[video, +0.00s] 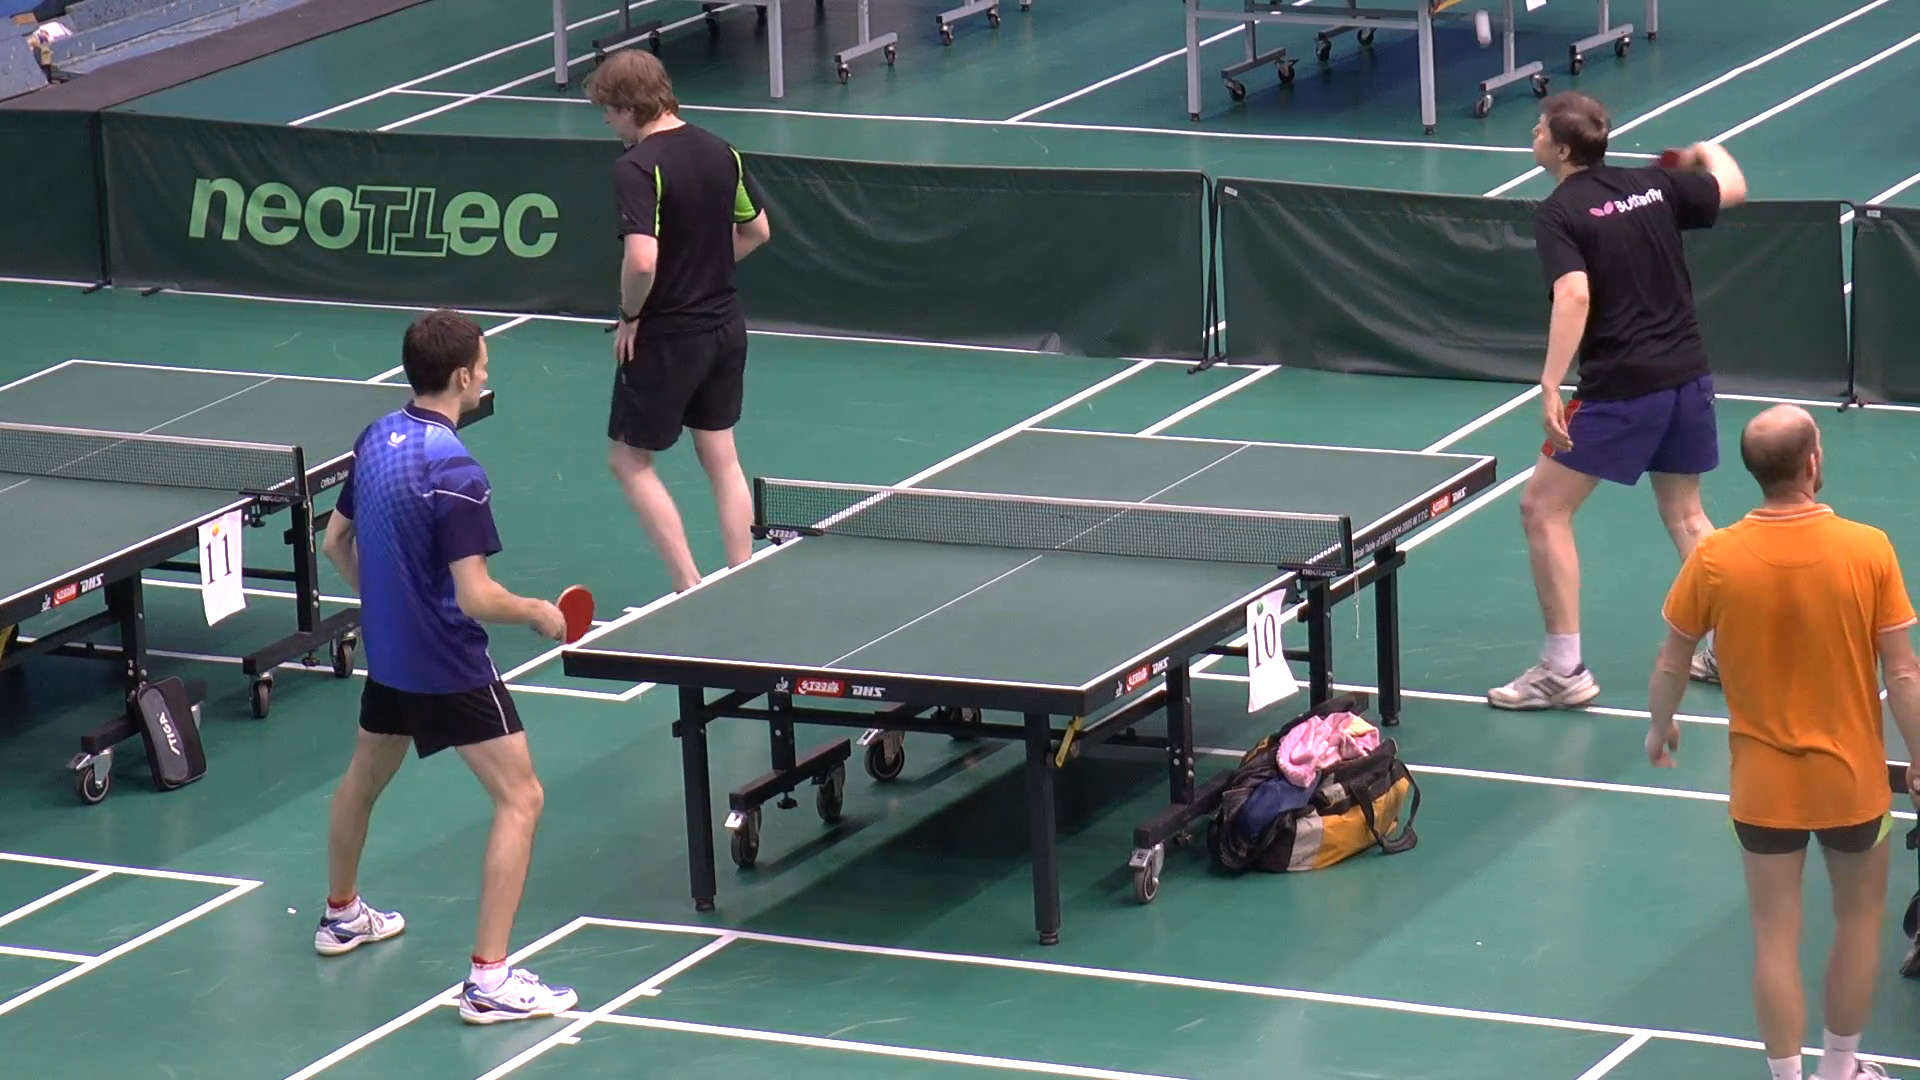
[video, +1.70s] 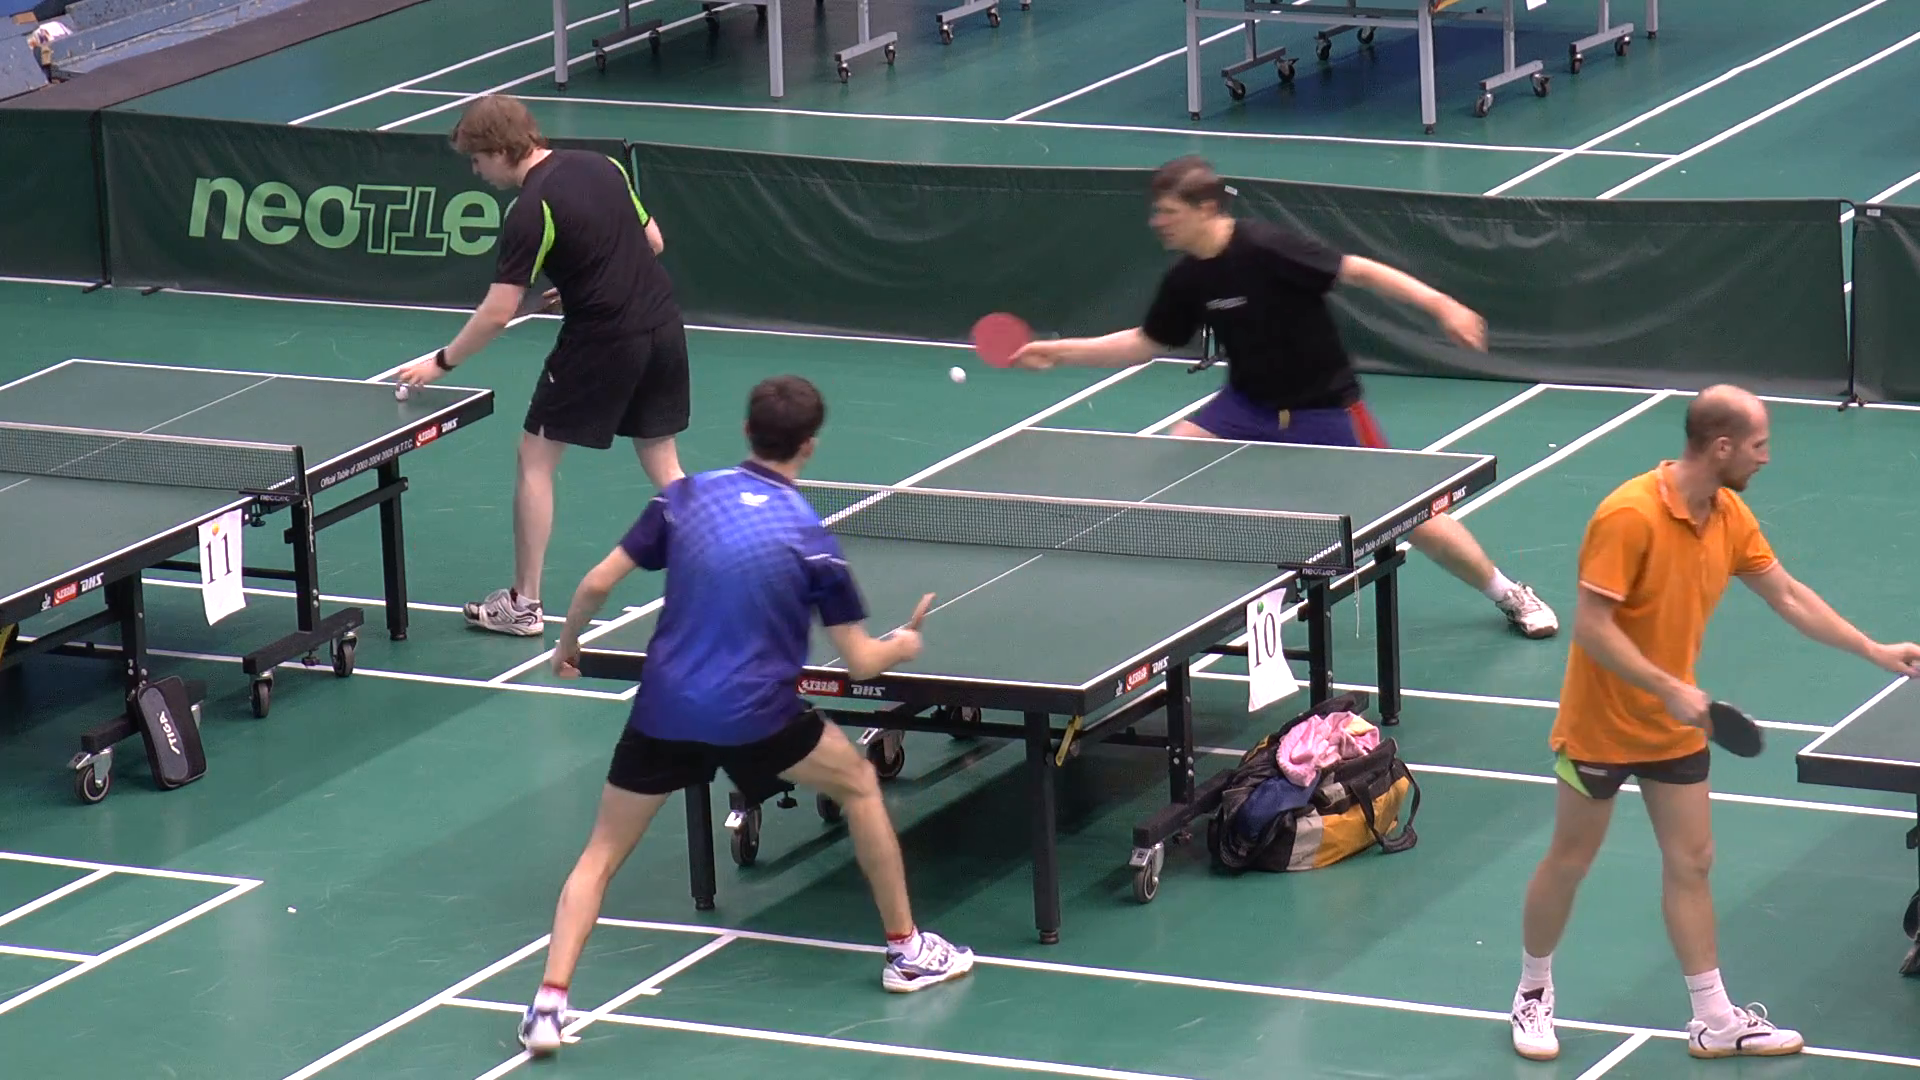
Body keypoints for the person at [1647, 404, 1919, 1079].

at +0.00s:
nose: (1821, 452)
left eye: (1815, 442)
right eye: (1818, 445)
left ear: (1750, 468)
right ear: (1813, 461)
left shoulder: (1716, 555)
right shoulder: (1868, 549)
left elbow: (1672, 662)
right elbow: (1902, 673)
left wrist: (1660, 726)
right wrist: (1918, 761)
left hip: (1761, 786)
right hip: (1853, 779)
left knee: (1774, 933)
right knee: (1857, 916)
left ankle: (1785, 1071)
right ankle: (1840, 1068)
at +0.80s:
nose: (1850, 430)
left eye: (1847, 418)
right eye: (1847, 421)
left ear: (1777, 440)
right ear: (1834, 439)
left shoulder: (1732, 510)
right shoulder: (1838, 536)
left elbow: (1712, 629)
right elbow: (1860, 666)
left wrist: (1749, 683)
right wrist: (1909, 714)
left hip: (1733, 739)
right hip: (1800, 749)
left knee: (1743, 867)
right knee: (1824, 901)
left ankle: (1720, 1015)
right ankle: (1818, 1065)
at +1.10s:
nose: (1836, 427)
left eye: (1834, 417)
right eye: (1834, 418)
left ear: (1769, 429)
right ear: (1814, 433)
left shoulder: (1736, 491)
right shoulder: (1771, 515)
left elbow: (1750, 621)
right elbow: (1776, 643)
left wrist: (1798, 688)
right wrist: (1853, 687)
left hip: (1697, 713)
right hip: (1724, 727)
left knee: (1710, 874)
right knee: (1747, 886)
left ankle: (1712, 1019)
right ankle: (1748, 1050)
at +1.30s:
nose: (1832, 437)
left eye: (1830, 426)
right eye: (1828, 427)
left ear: (1779, 433)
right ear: (1801, 438)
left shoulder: (1752, 498)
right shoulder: (1737, 515)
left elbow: (1769, 589)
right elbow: (1722, 639)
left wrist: (1856, 633)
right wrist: (1802, 688)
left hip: (1714, 717)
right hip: (1681, 723)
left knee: (1711, 867)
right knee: (1680, 875)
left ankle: (1716, 1020)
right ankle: (1633, 1034)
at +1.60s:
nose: (1790, 451)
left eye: (1790, 438)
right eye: (1783, 439)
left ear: (1746, 442)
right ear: (1746, 443)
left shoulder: (1748, 514)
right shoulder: (1658, 514)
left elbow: (1811, 594)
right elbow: (1626, 627)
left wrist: (1893, 644)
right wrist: (1710, 689)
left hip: (1686, 715)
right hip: (1618, 717)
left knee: (1695, 860)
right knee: (1588, 860)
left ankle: (1714, 1020)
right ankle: (1535, 988)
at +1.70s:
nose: (1765, 456)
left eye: (1766, 443)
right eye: (1759, 444)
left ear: (1719, 445)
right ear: (1717, 445)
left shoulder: (1729, 513)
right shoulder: (1628, 515)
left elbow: (1789, 596)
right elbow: (1590, 627)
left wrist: (1876, 650)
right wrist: (1669, 688)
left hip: (1674, 716)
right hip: (1600, 717)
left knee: (1690, 860)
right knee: (1569, 858)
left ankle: (1713, 1019)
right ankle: (1532, 994)